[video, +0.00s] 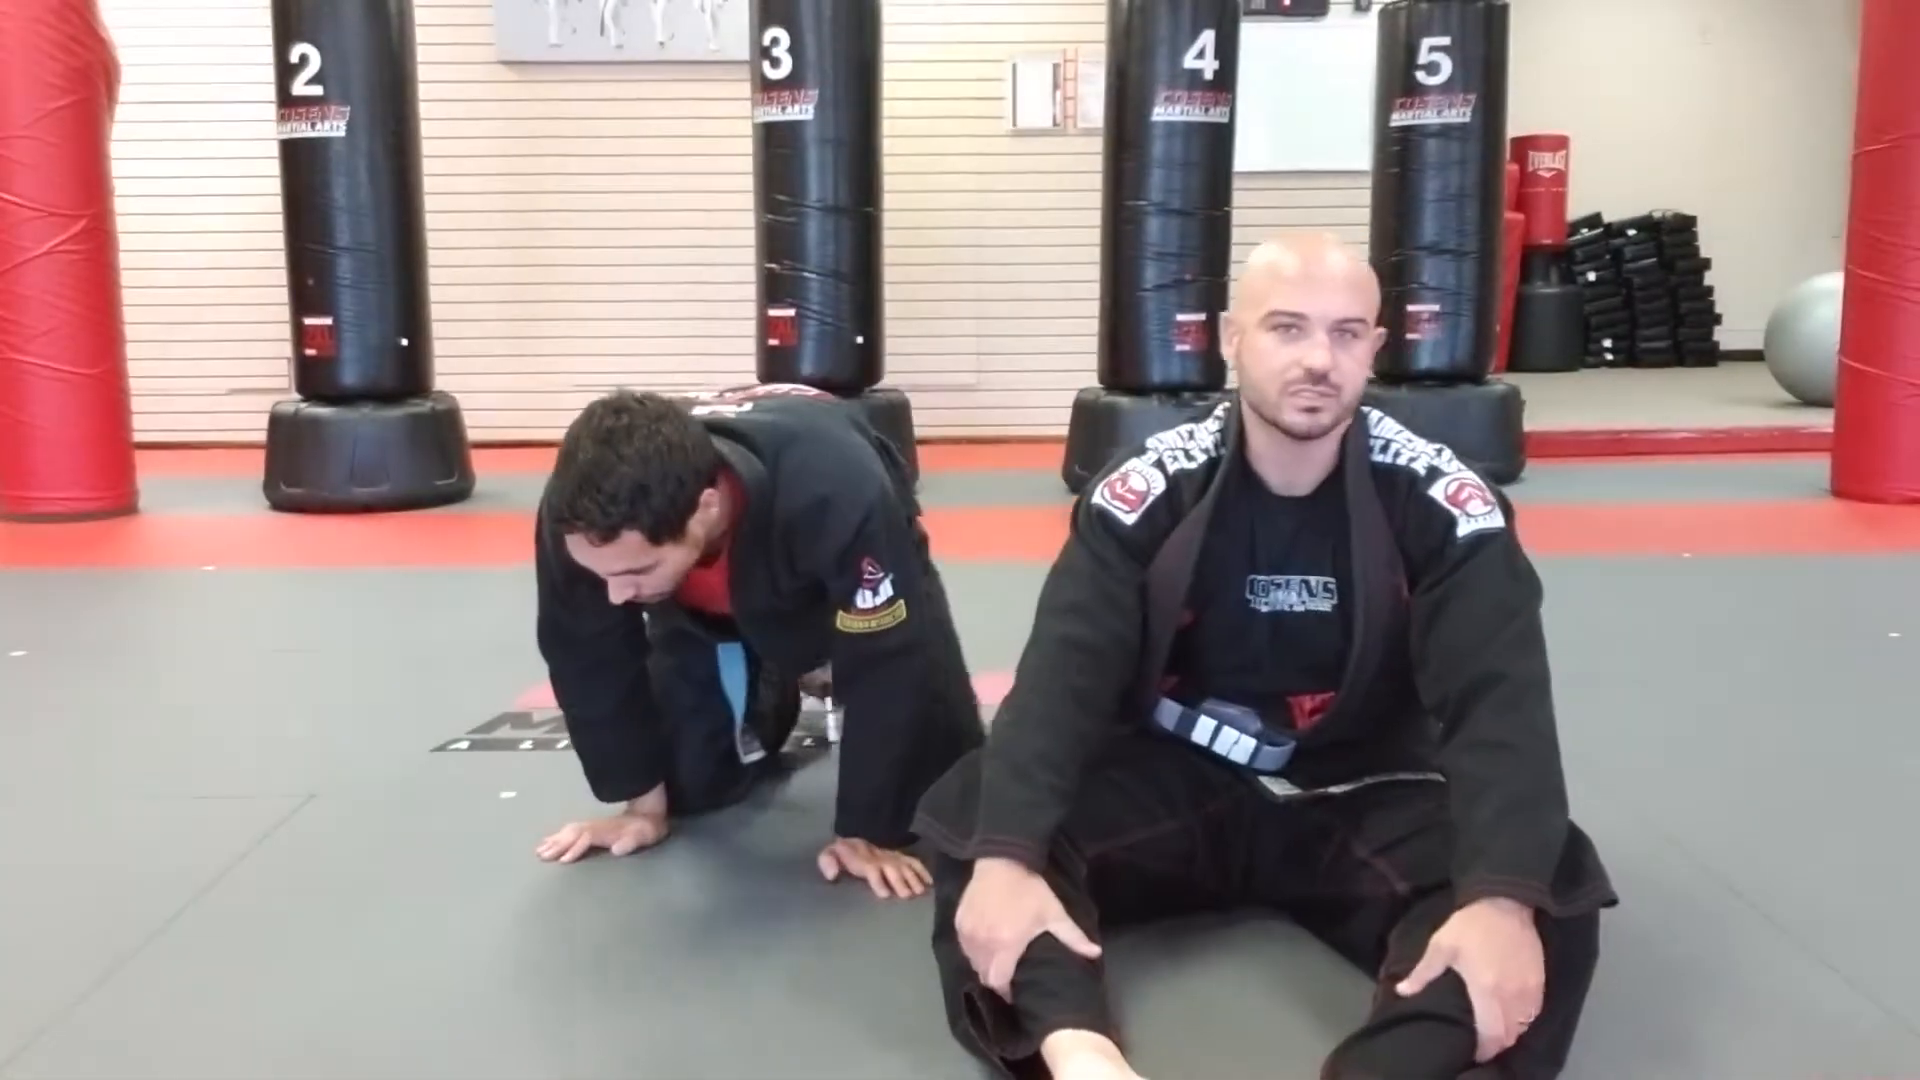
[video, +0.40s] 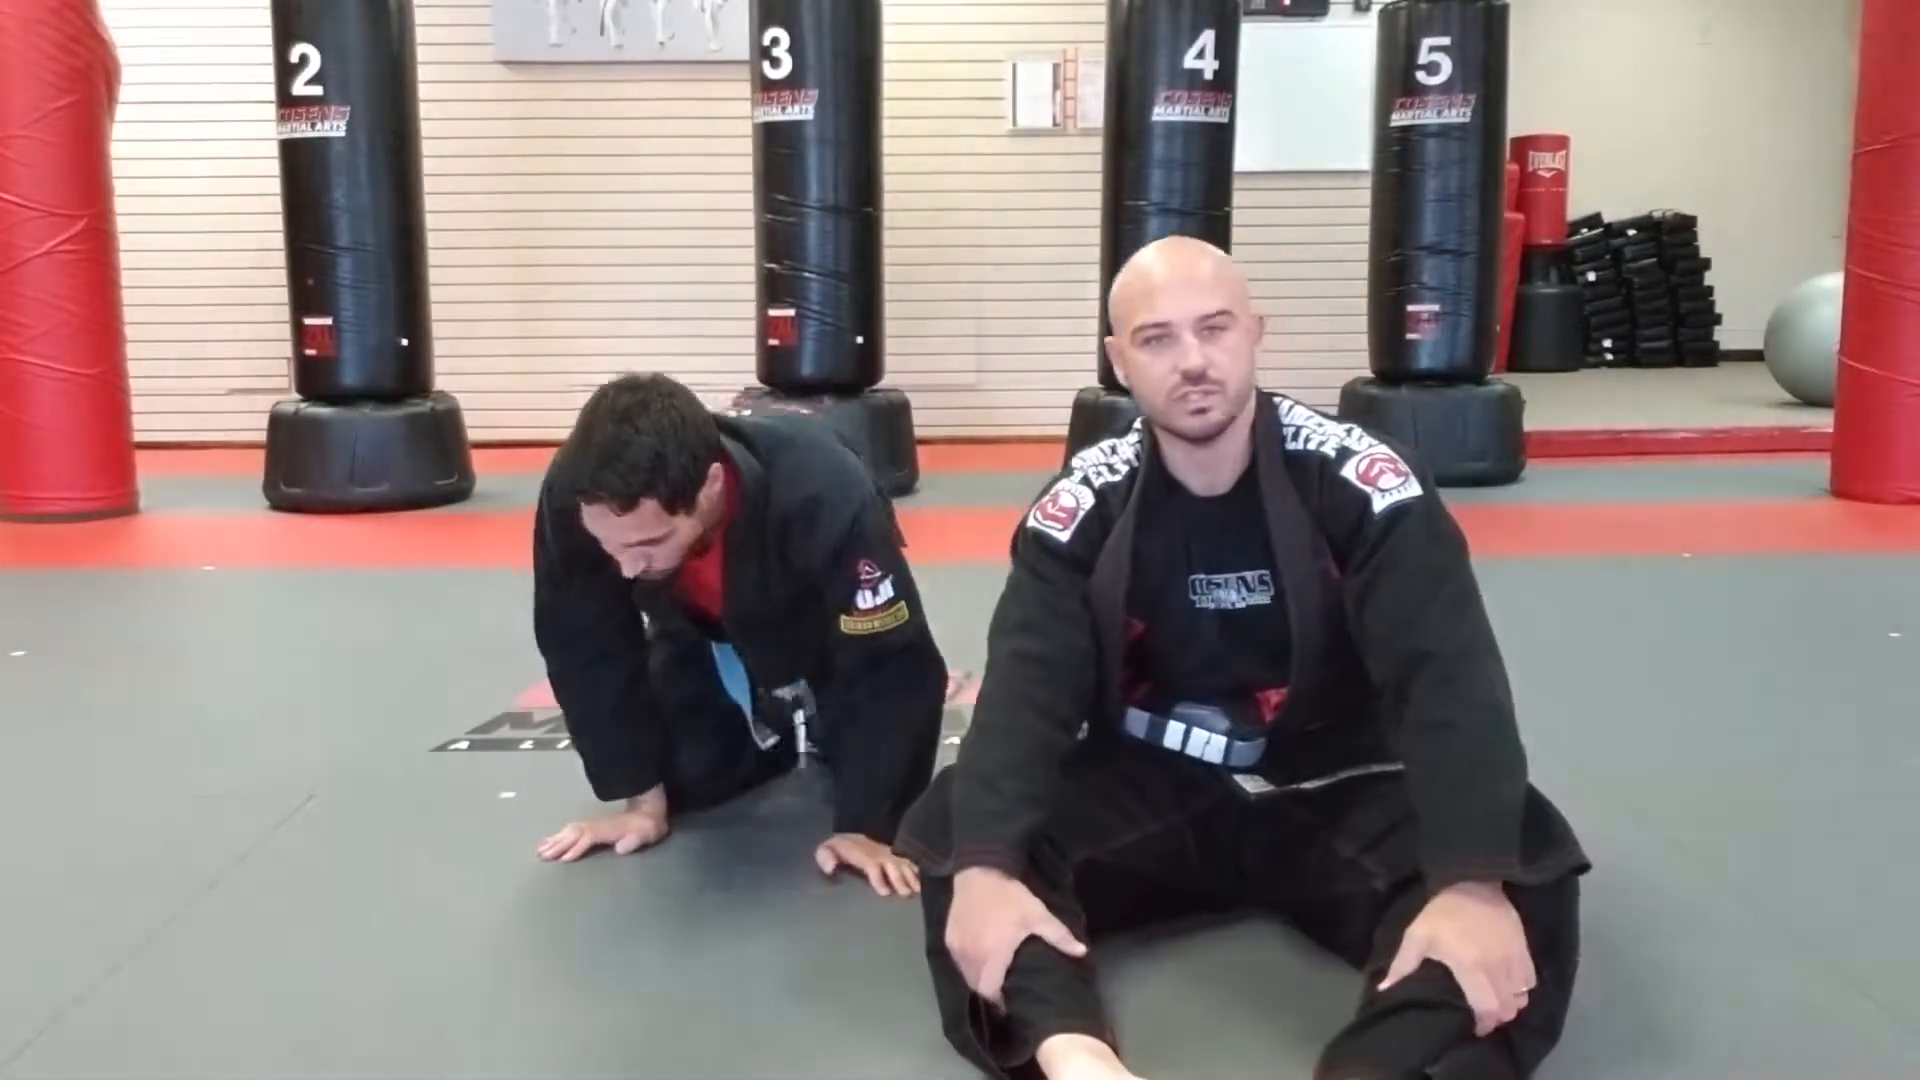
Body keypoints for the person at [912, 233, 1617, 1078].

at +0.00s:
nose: (1318, 360)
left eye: (1346, 333)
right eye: (1287, 330)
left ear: (1375, 347)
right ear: (1232, 340)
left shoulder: (1438, 496)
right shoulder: (1150, 487)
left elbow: (1497, 701)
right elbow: (1063, 678)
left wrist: (1503, 897)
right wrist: (1007, 856)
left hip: (1363, 804)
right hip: (1171, 790)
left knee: (1541, 890)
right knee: (983, 820)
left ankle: (1383, 1061)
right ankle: (1083, 1058)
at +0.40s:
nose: (1192, 361)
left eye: (1214, 329)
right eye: (1157, 340)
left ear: (1255, 334)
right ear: (1118, 361)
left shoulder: (1361, 482)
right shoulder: (1081, 506)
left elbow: (1450, 678)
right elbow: (1026, 696)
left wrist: (1472, 881)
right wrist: (984, 866)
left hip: (1338, 799)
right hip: (1147, 795)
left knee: (1518, 862)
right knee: (960, 830)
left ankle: (1377, 1060)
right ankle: (1075, 1057)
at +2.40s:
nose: (1242, 383)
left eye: (1266, 349)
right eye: (1207, 355)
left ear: (1298, 345)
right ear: (1158, 366)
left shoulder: (1390, 487)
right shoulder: (1109, 496)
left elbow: (1470, 692)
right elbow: (1047, 689)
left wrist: (1495, 897)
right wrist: (1010, 864)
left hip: (1352, 804)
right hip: (1158, 796)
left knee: (1529, 873)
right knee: (971, 821)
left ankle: (1386, 1062)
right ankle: (1077, 1061)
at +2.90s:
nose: (1230, 350)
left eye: (1253, 320)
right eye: (1198, 329)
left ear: (1289, 331)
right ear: (1155, 351)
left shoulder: (1374, 470)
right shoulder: (1116, 479)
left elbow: (1435, 659)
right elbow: (1047, 641)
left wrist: (1416, 823)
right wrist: (1033, 765)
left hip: (1330, 794)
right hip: (1151, 784)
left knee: (1466, 833)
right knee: (995, 791)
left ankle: (1346, 1064)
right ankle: (1084, 1052)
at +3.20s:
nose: (1243, 320)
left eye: (1268, 298)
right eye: (1212, 302)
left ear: (1305, 324)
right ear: (1172, 336)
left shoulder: (1389, 464)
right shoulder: (1121, 476)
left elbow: (1498, 633)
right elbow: (1026, 638)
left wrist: (1548, 808)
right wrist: (935, 751)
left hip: (1326, 772)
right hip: (1162, 766)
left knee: (1403, 769)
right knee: (1044, 741)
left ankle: (1304, 1058)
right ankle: (1116, 1046)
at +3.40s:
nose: (1228, 331)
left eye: (1250, 306)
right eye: (1198, 313)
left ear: (1288, 322)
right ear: (1160, 341)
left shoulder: (1380, 464)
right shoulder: (1113, 471)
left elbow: (1493, 659)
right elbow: (1007, 626)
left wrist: (1534, 865)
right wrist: (931, 779)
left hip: (1341, 769)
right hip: (1172, 762)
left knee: (1318, 738)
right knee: (1045, 704)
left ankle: (1260, 1047)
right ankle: (1055, 1012)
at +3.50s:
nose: (1210, 350)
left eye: (1229, 321)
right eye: (1177, 332)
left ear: (1266, 322)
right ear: (1142, 352)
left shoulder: (1362, 453)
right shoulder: (1102, 467)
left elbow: (1491, 631)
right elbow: (986, 612)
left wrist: (1499, 854)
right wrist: (927, 777)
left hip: (1345, 777)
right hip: (1163, 768)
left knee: (1265, 723)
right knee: (1028, 716)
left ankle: (1202, 1029)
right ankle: (984, 996)